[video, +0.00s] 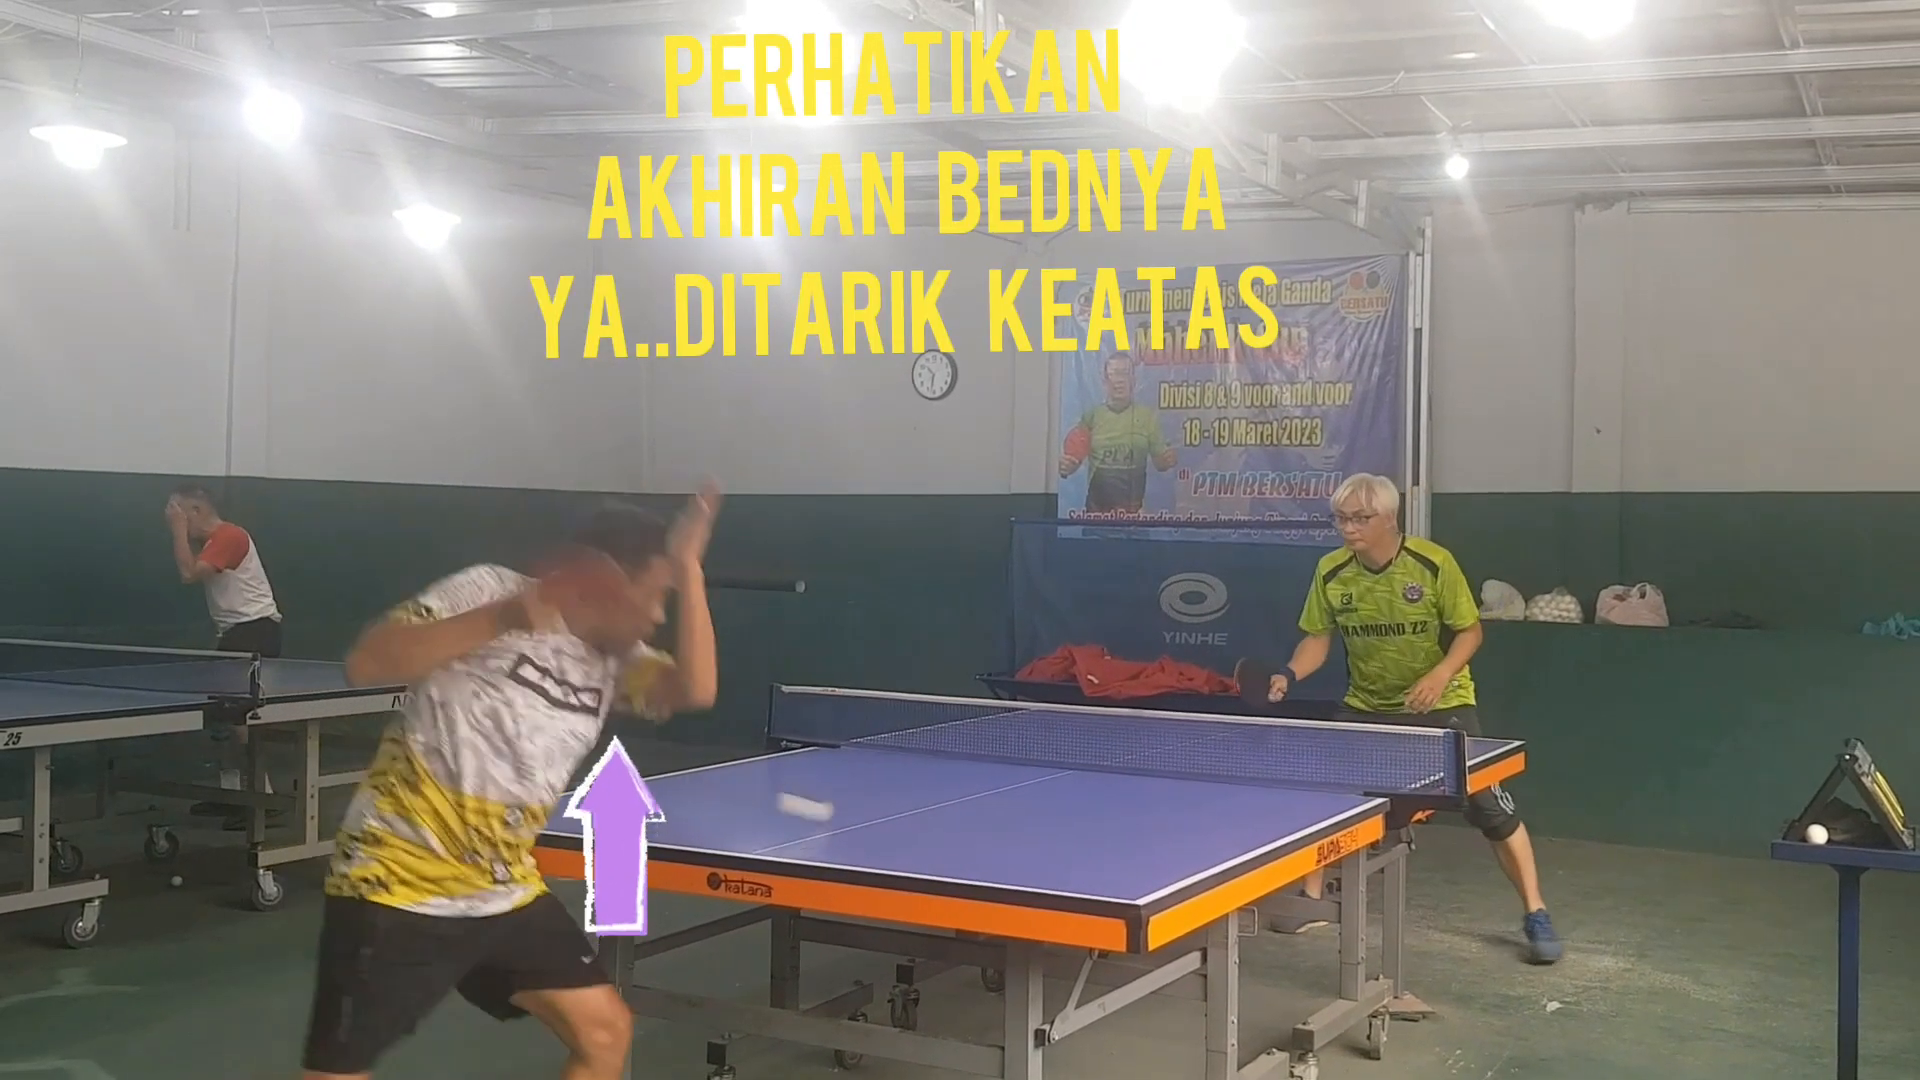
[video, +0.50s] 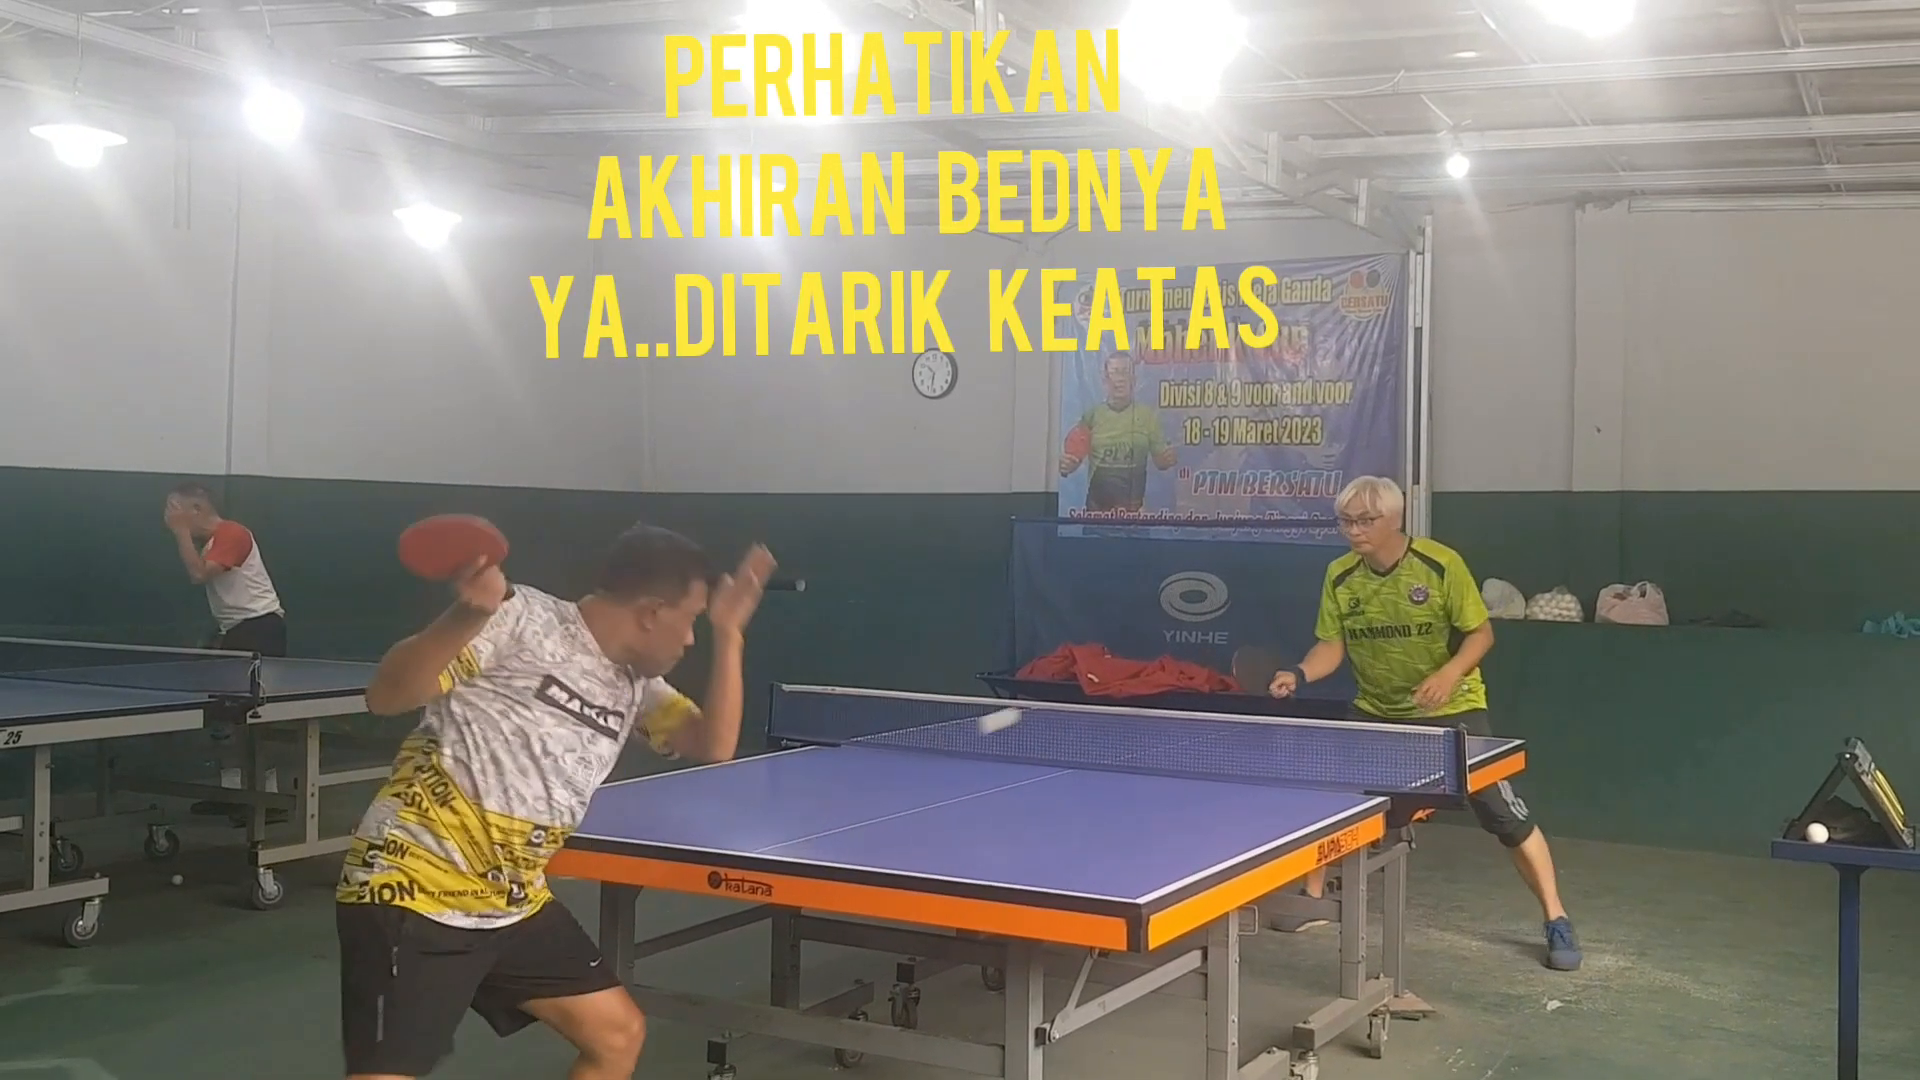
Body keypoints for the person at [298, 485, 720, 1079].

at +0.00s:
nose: (659, 617)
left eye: (666, 600)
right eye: (654, 595)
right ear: (602, 575)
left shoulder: (612, 661)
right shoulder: (490, 591)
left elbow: (696, 690)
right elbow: (366, 662)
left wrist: (687, 566)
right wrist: (502, 616)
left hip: (502, 889)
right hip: (394, 883)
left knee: (606, 1031)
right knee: (333, 1068)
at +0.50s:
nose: (693, 641)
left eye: (698, 626)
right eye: (692, 621)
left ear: (646, 614)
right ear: (648, 612)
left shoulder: (632, 687)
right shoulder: (517, 615)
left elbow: (715, 746)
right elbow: (385, 695)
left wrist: (730, 635)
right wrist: (466, 613)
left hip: (510, 897)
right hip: (411, 886)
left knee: (618, 1035)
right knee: (383, 1072)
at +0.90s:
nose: (696, 639)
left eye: (700, 624)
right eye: (696, 622)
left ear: (654, 616)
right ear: (659, 616)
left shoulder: (641, 692)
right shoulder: (526, 618)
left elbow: (718, 759)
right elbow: (392, 705)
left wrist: (745, 664)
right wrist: (474, 644)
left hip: (509, 893)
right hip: (413, 880)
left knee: (620, 1030)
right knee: (401, 1070)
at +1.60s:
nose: (671, 616)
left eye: (674, 600)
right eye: (670, 598)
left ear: (626, 592)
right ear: (631, 591)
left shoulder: (607, 672)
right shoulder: (495, 613)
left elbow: (679, 758)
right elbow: (406, 717)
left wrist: (726, 702)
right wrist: (533, 695)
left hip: (490, 887)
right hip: (398, 878)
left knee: (600, 1027)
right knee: (402, 1075)